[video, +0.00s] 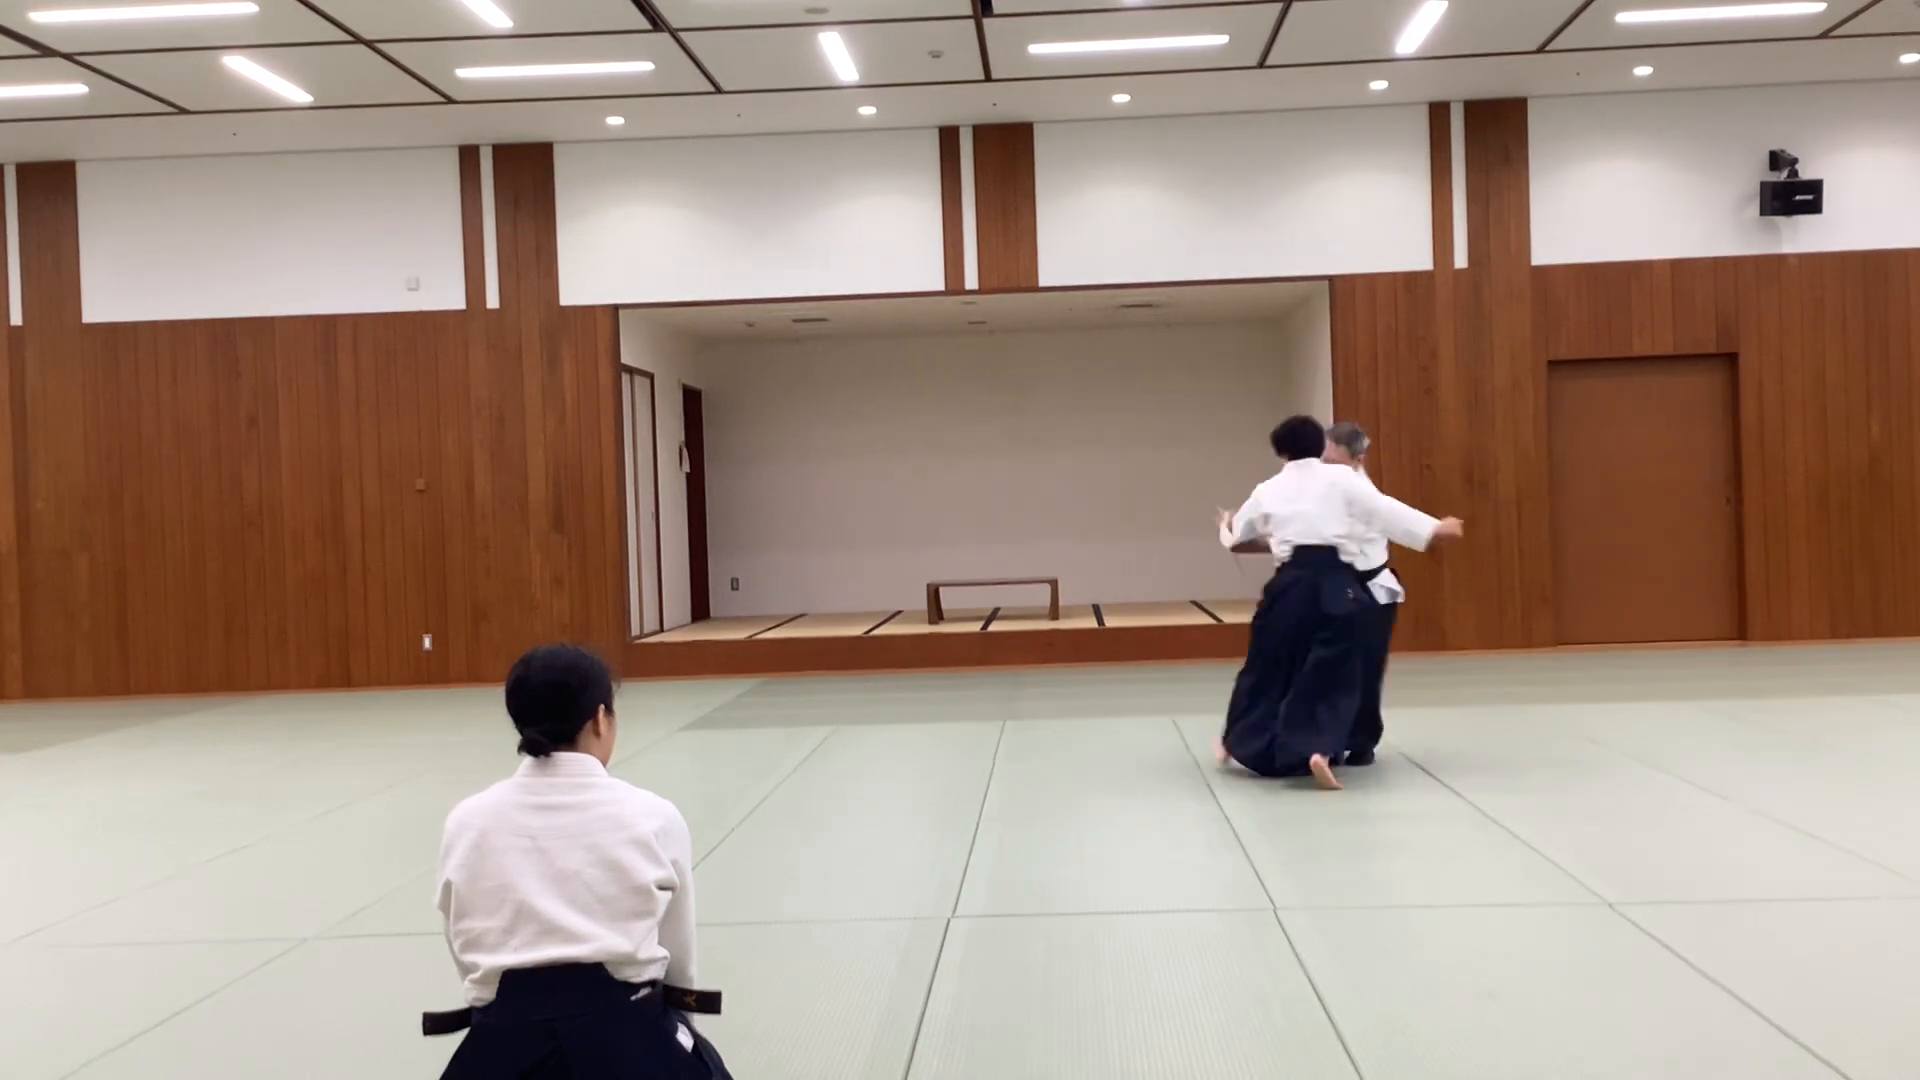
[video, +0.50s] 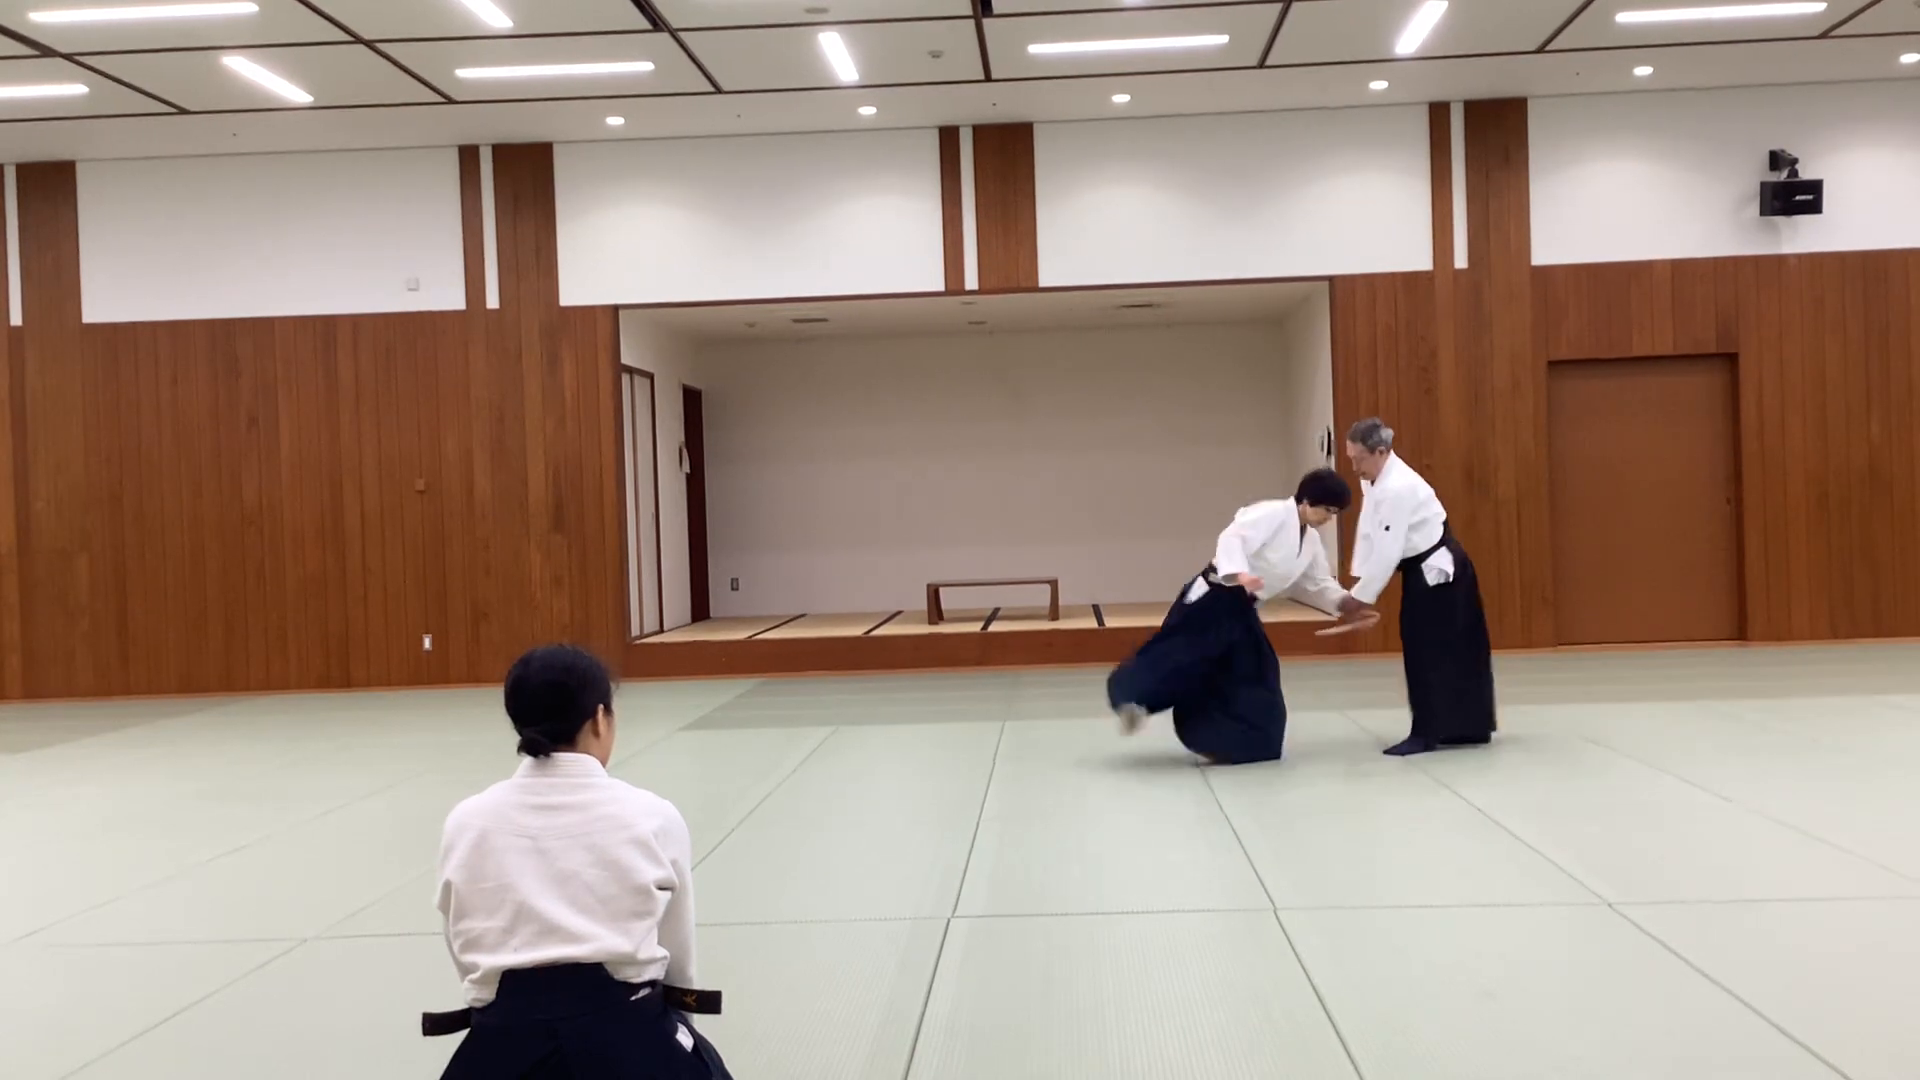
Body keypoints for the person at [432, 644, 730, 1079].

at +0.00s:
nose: (613, 725)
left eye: (613, 712)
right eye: (613, 713)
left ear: (522, 723)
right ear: (600, 721)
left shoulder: (467, 821)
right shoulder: (653, 817)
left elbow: (466, 958)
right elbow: (679, 967)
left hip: (504, 1047)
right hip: (628, 1043)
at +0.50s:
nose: (612, 726)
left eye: (612, 713)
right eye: (612, 714)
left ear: (521, 724)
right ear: (599, 721)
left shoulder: (466, 822)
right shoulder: (653, 817)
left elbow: (465, 957)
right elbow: (679, 966)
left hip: (503, 1048)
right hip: (629, 1044)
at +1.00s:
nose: (611, 726)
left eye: (610, 713)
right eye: (610, 714)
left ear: (519, 724)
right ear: (598, 721)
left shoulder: (465, 822)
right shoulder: (652, 816)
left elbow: (465, 957)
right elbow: (678, 966)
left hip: (503, 1048)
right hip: (629, 1043)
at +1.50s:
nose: (610, 729)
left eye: (610, 715)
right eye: (610, 716)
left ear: (519, 725)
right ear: (598, 721)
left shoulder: (465, 823)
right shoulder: (653, 817)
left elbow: (466, 960)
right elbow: (678, 967)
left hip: (503, 1049)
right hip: (629, 1045)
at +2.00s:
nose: (610, 727)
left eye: (609, 714)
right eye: (610, 715)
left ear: (519, 725)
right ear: (598, 721)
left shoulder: (465, 823)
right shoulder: (652, 818)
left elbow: (464, 960)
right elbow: (679, 968)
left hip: (503, 1050)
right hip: (629, 1046)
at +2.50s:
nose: (610, 727)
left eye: (609, 714)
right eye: (609, 716)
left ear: (518, 725)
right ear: (598, 721)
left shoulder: (464, 823)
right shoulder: (652, 817)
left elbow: (464, 960)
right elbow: (678, 967)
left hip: (503, 1050)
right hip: (629, 1046)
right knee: (696, 1045)